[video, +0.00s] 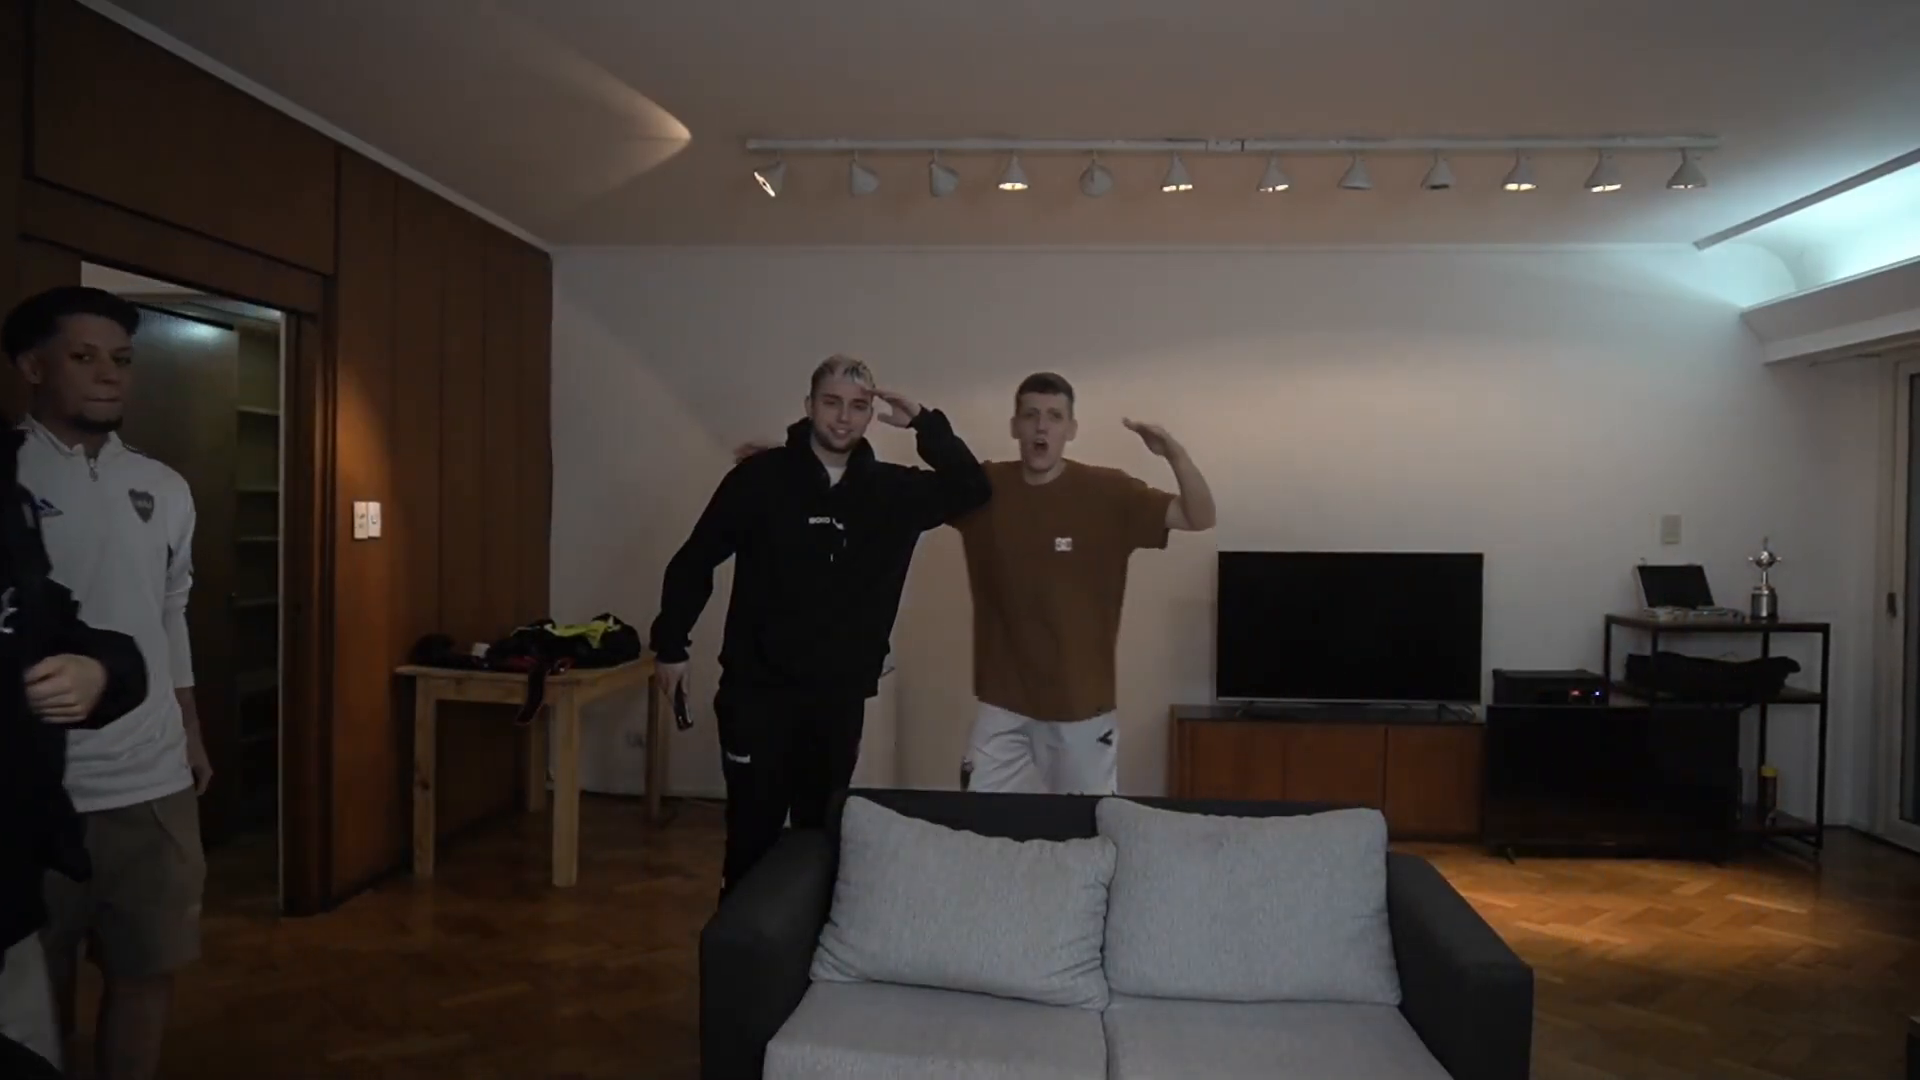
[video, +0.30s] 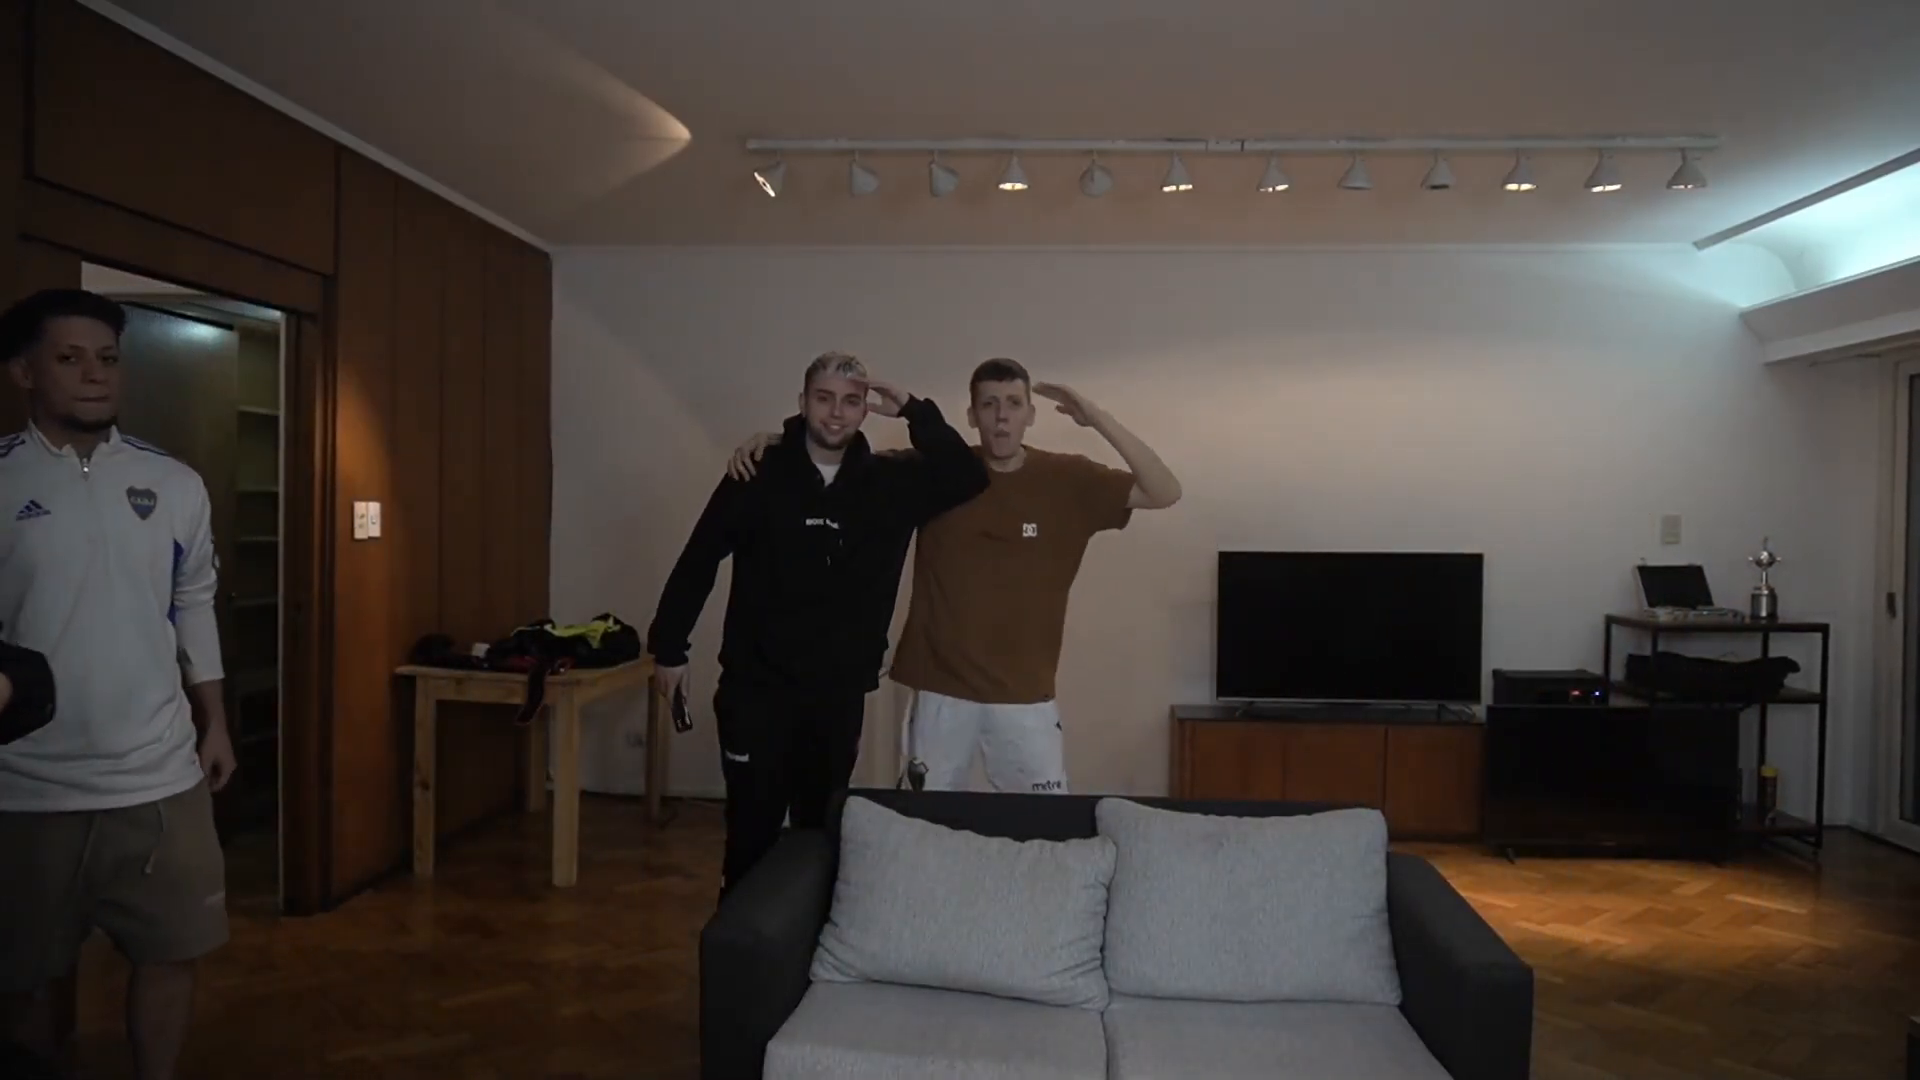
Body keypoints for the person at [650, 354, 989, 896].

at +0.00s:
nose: (843, 416)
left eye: (857, 406)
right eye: (831, 402)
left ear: (870, 416)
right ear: (809, 406)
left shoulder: (894, 491)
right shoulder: (759, 478)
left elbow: (972, 491)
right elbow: (694, 562)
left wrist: (925, 422)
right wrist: (670, 648)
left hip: (838, 694)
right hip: (758, 688)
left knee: (821, 833)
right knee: (754, 834)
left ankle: (815, 958)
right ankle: (741, 960)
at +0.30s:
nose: (836, 411)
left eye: (850, 400)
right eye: (824, 397)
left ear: (865, 411)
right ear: (803, 402)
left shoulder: (892, 485)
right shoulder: (759, 474)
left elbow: (967, 478)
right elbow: (699, 560)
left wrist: (914, 410)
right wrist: (669, 651)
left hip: (837, 690)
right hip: (756, 684)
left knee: (820, 831)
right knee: (752, 832)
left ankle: (814, 954)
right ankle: (740, 958)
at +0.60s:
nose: (825, 412)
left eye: (839, 399)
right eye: (812, 398)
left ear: (856, 408)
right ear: (792, 403)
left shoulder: (888, 482)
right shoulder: (753, 475)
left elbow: (965, 483)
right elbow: (698, 563)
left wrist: (914, 414)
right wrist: (671, 649)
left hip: (837, 688)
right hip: (755, 683)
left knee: (820, 829)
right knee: (751, 831)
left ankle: (815, 954)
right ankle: (741, 958)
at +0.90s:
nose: (821, 413)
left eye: (835, 400)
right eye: (808, 400)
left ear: (852, 409)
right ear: (788, 405)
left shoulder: (885, 484)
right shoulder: (749, 478)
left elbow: (963, 485)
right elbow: (690, 563)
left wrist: (910, 417)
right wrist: (661, 649)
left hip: (832, 692)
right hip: (749, 688)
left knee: (816, 834)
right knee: (746, 837)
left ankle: (812, 961)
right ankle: (739, 964)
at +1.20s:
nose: (823, 412)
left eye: (837, 400)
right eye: (811, 399)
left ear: (855, 409)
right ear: (792, 404)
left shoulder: (886, 487)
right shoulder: (750, 476)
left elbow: (963, 488)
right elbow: (687, 559)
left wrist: (911, 418)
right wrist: (653, 640)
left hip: (831, 691)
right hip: (748, 688)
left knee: (818, 833)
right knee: (746, 835)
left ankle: (812, 957)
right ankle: (738, 962)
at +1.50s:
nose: (826, 412)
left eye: (840, 400)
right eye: (813, 399)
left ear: (857, 410)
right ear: (794, 405)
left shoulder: (888, 486)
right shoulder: (754, 476)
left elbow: (965, 488)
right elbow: (695, 559)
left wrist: (914, 417)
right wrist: (664, 644)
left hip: (833, 690)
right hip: (750, 685)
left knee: (819, 832)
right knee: (748, 832)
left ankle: (814, 957)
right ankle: (739, 961)